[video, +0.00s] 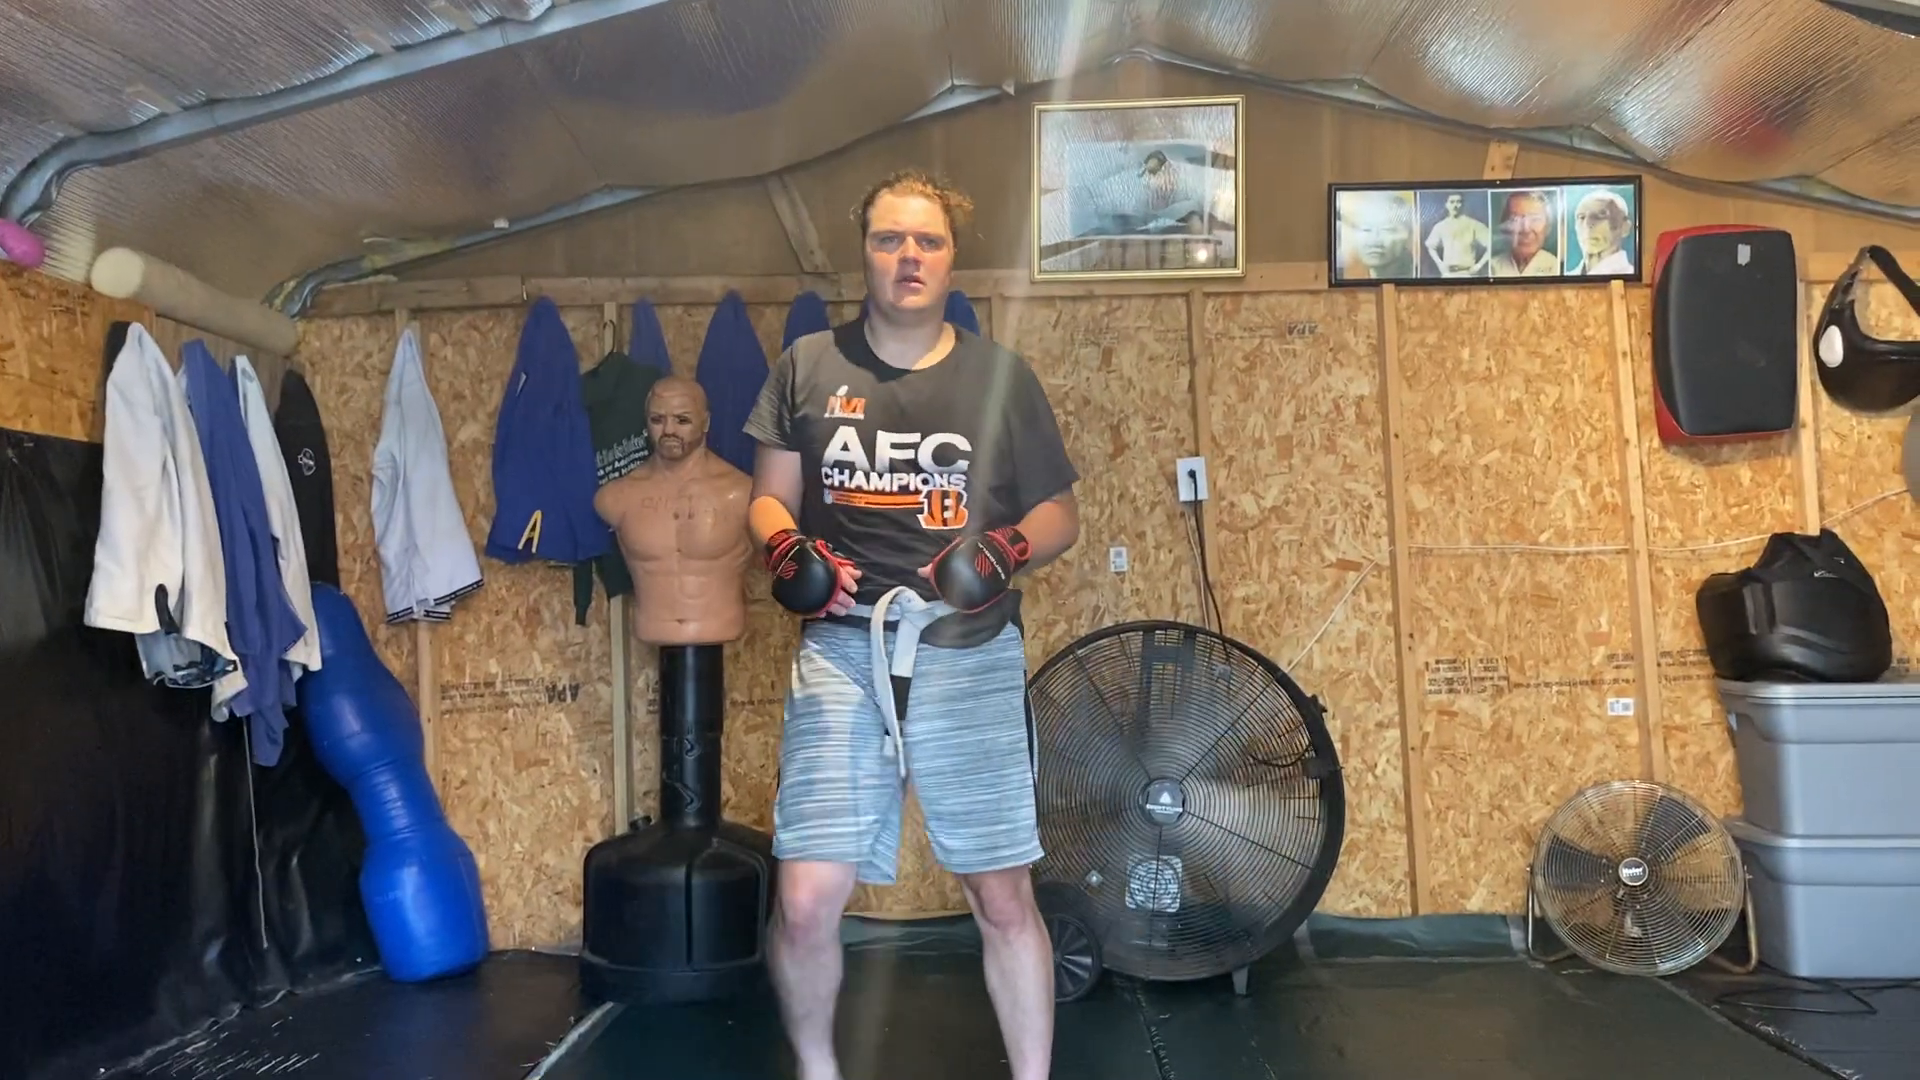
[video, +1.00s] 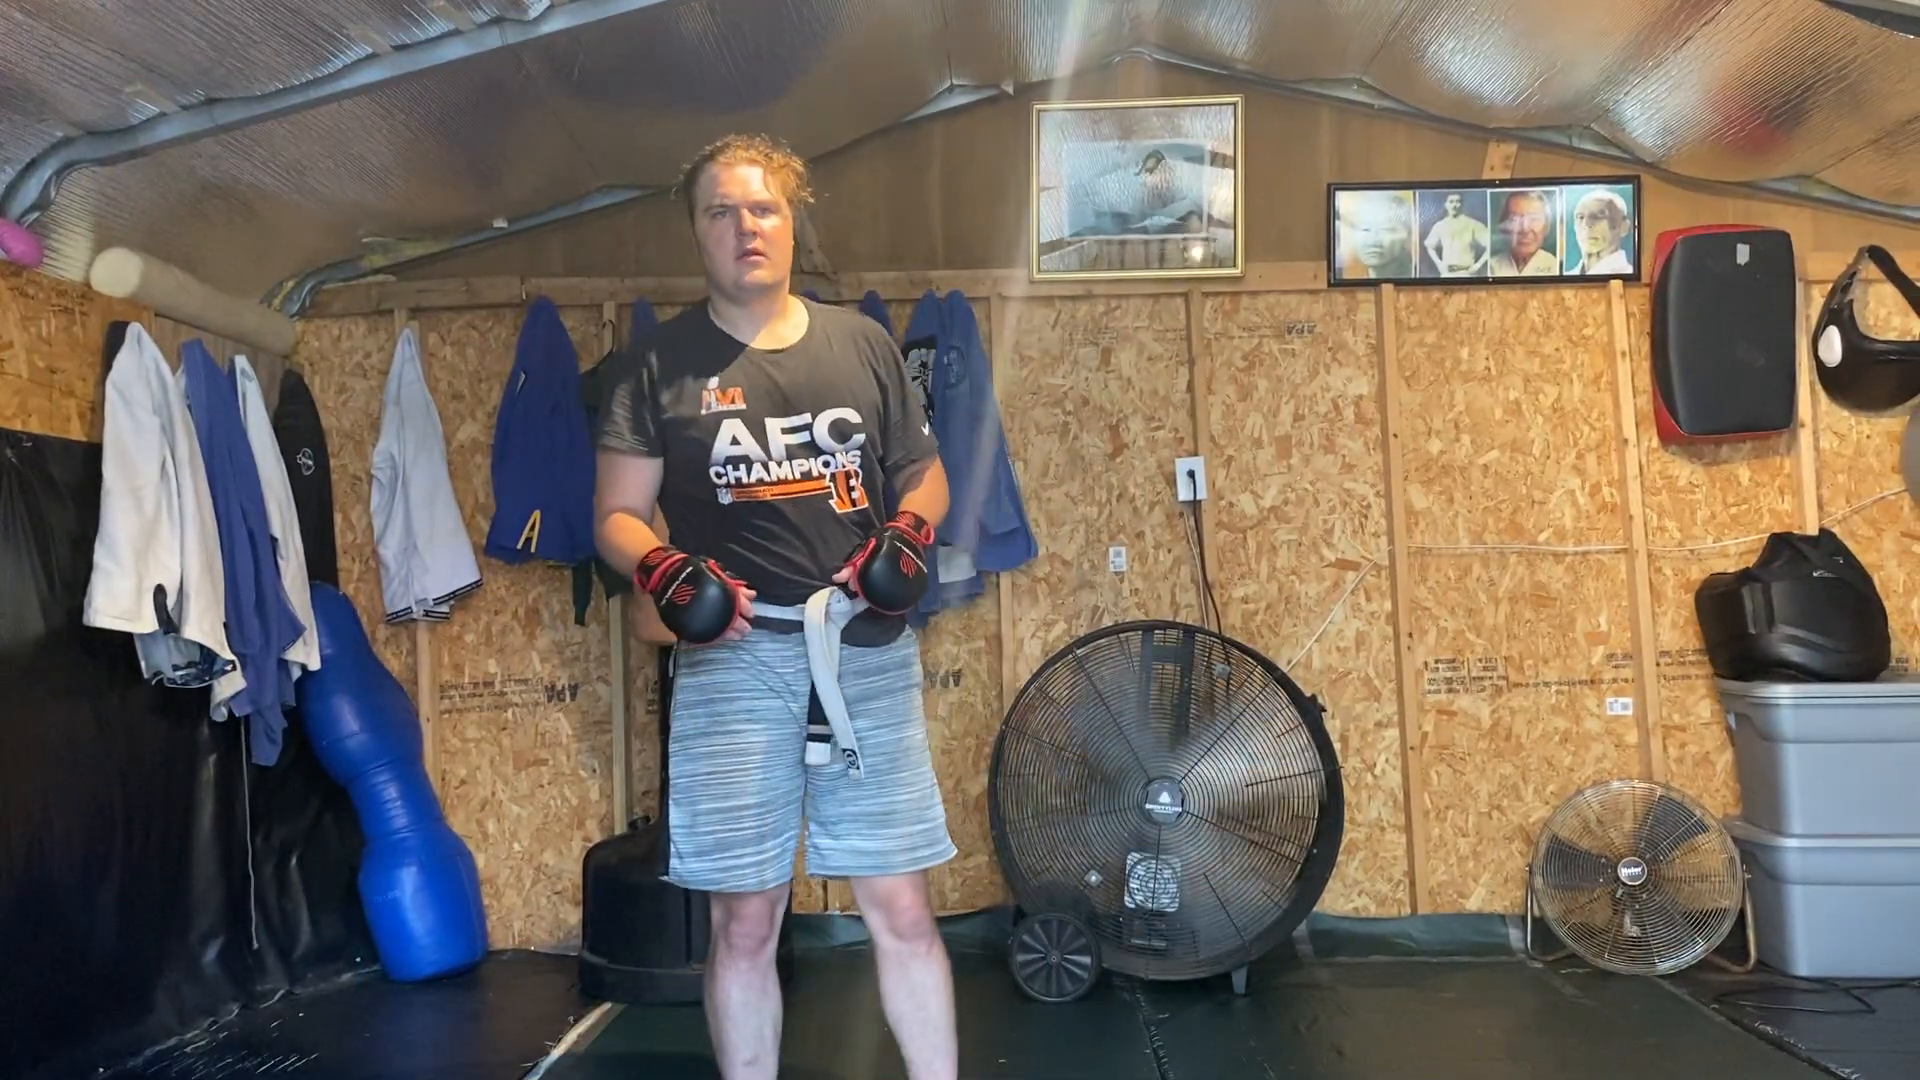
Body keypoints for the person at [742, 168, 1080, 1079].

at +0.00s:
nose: (908, 256)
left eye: (928, 241)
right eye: (890, 240)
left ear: (954, 262)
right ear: (864, 259)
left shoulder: (1002, 377)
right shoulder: (806, 368)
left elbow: (1058, 513)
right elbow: (772, 496)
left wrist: (1005, 550)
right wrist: (788, 550)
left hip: (969, 660)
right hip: (840, 655)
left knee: (1003, 897)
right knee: (805, 902)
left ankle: (1032, 1074)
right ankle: (817, 1071)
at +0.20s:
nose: (871, 256)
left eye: (890, 240)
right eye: (852, 240)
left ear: (916, 261)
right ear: (821, 261)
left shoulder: (967, 376)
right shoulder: (768, 373)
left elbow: (1026, 513)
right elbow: (730, 510)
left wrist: (973, 562)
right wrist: (758, 567)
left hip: (944, 662)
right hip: (808, 663)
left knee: (986, 904)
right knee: (795, 917)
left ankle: (1027, 1076)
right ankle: (772, 1079)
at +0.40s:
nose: (805, 247)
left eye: (823, 230)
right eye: (784, 230)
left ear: (851, 251)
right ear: (755, 251)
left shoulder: (911, 366)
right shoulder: (703, 373)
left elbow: (968, 498)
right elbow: (663, 514)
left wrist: (934, 557)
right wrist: (699, 566)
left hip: (902, 656)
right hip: (767, 659)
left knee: (962, 907)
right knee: (772, 923)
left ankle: (1017, 1074)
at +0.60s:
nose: (754, 234)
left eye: (770, 217)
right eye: (732, 219)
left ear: (801, 236)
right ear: (703, 239)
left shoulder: (867, 347)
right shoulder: (654, 371)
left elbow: (928, 474)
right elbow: (615, 515)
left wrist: (905, 546)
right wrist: (654, 576)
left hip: (876, 647)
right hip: (740, 656)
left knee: (945, 893)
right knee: (758, 922)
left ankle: (986, 1074)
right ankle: (756, 1079)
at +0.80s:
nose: (734, 230)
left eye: (750, 213)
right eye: (711, 216)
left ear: (781, 228)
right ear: (682, 237)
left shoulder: (851, 341)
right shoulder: (638, 370)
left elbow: (913, 470)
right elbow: (602, 519)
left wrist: (899, 543)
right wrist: (650, 581)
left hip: (866, 644)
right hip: (730, 656)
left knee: (919, 898)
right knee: (748, 921)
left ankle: (953, 1077)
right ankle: (753, 1079)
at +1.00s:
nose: (748, 227)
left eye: (765, 210)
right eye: (725, 213)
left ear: (795, 227)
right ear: (698, 235)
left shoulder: (866, 344)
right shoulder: (654, 365)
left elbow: (922, 472)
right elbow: (619, 517)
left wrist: (906, 541)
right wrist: (667, 572)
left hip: (867, 650)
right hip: (733, 658)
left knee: (903, 908)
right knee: (746, 922)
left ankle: (938, 1077)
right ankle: (751, 1079)